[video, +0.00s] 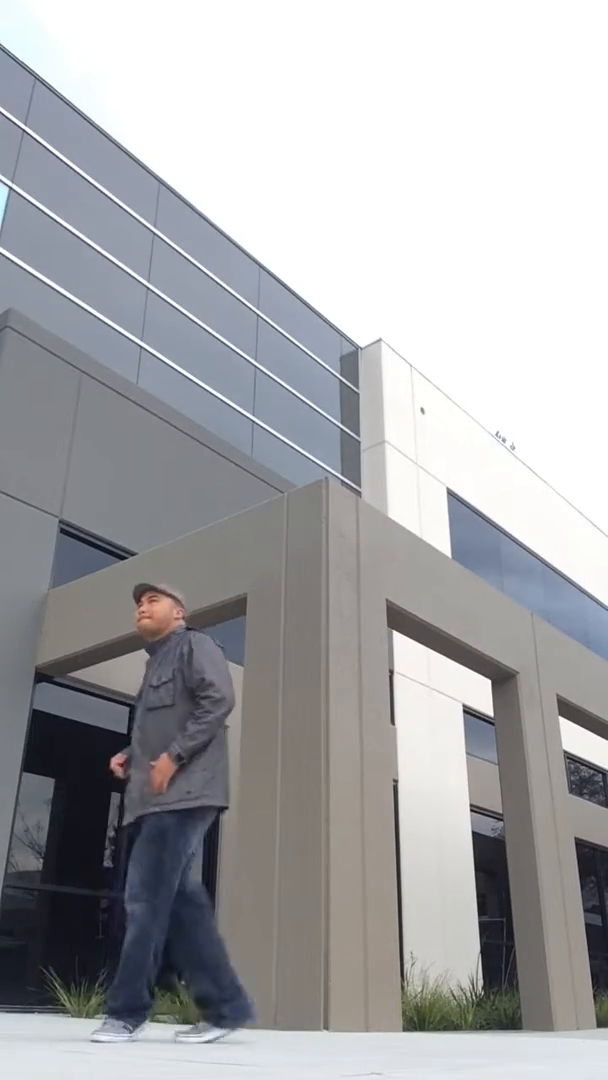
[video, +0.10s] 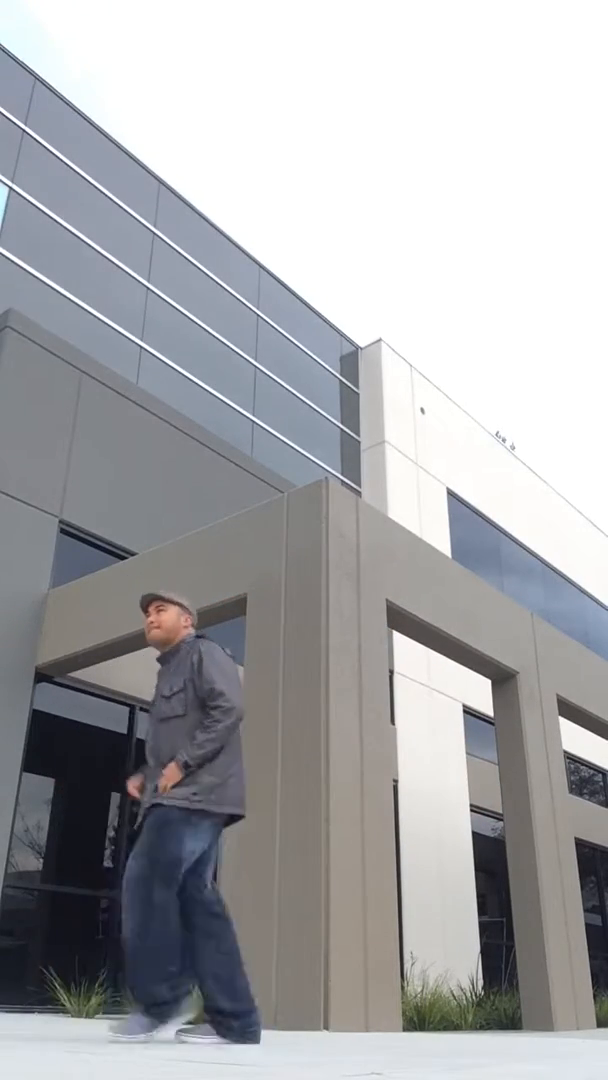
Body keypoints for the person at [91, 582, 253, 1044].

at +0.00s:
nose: (142, 609)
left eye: (152, 601)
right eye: (138, 604)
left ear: (179, 611)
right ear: (139, 619)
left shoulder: (195, 644)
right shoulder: (155, 665)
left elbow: (219, 701)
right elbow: (159, 729)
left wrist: (174, 754)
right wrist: (131, 754)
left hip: (184, 794)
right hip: (156, 797)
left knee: (146, 898)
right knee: (182, 901)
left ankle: (126, 1013)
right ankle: (229, 1009)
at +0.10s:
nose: (150, 619)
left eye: (159, 611)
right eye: (146, 615)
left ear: (187, 619)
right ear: (151, 629)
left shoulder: (204, 652)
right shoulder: (167, 672)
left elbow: (228, 709)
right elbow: (168, 742)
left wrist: (184, 763)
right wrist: (144, 775)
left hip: (196, 795)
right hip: (185, 796)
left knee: (145, 882)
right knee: (198, 900)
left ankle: (164, 1000)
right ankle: (235, 1021)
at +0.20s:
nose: (158, 617)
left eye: (168, 609)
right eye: (155, 612)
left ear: (194, 617)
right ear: (155, 626)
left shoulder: (211, 650)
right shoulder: (178, 669)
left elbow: (232, 706)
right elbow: (185, 733)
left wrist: (180, 755)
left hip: (206, 791)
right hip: (192, 794)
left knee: (171, 881)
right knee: (200, 892)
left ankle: (226, 994)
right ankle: (235, 1020)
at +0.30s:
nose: (163, 609)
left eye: (172, 601)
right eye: (160, 605)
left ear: (200, 610)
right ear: (167, 618)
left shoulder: (213, 636)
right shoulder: (183, 658)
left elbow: (231, 687)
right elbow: (184, 714)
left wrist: (177, 735)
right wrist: (169, 739)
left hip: (217, 786)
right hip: (192, 792)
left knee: (207, 888)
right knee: (180, 893)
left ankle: (270, 999)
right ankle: (224, 1014)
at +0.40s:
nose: (166, 610)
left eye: (176, 602)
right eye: (164, 605)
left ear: (204, 611)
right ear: (170, 619)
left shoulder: (215, 633)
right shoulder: (187, 660)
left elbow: (231, 682)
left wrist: (176, 729)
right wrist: (173, 738)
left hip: (227, 784)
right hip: (198, 792)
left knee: (243, 892)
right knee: (167, 880)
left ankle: (281, 1011)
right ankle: (213, 999)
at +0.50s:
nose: (165, 614)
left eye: (176, 606)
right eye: (163, 609)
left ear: (204, 616)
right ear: (168, 624)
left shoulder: (214, 639)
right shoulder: (186, 667)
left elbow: (232, 692)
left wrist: (186, 751)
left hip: (235, 784)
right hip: (200, 794)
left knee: (246, 895)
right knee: (170, 894)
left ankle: (285, 1018)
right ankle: (196, 1016)